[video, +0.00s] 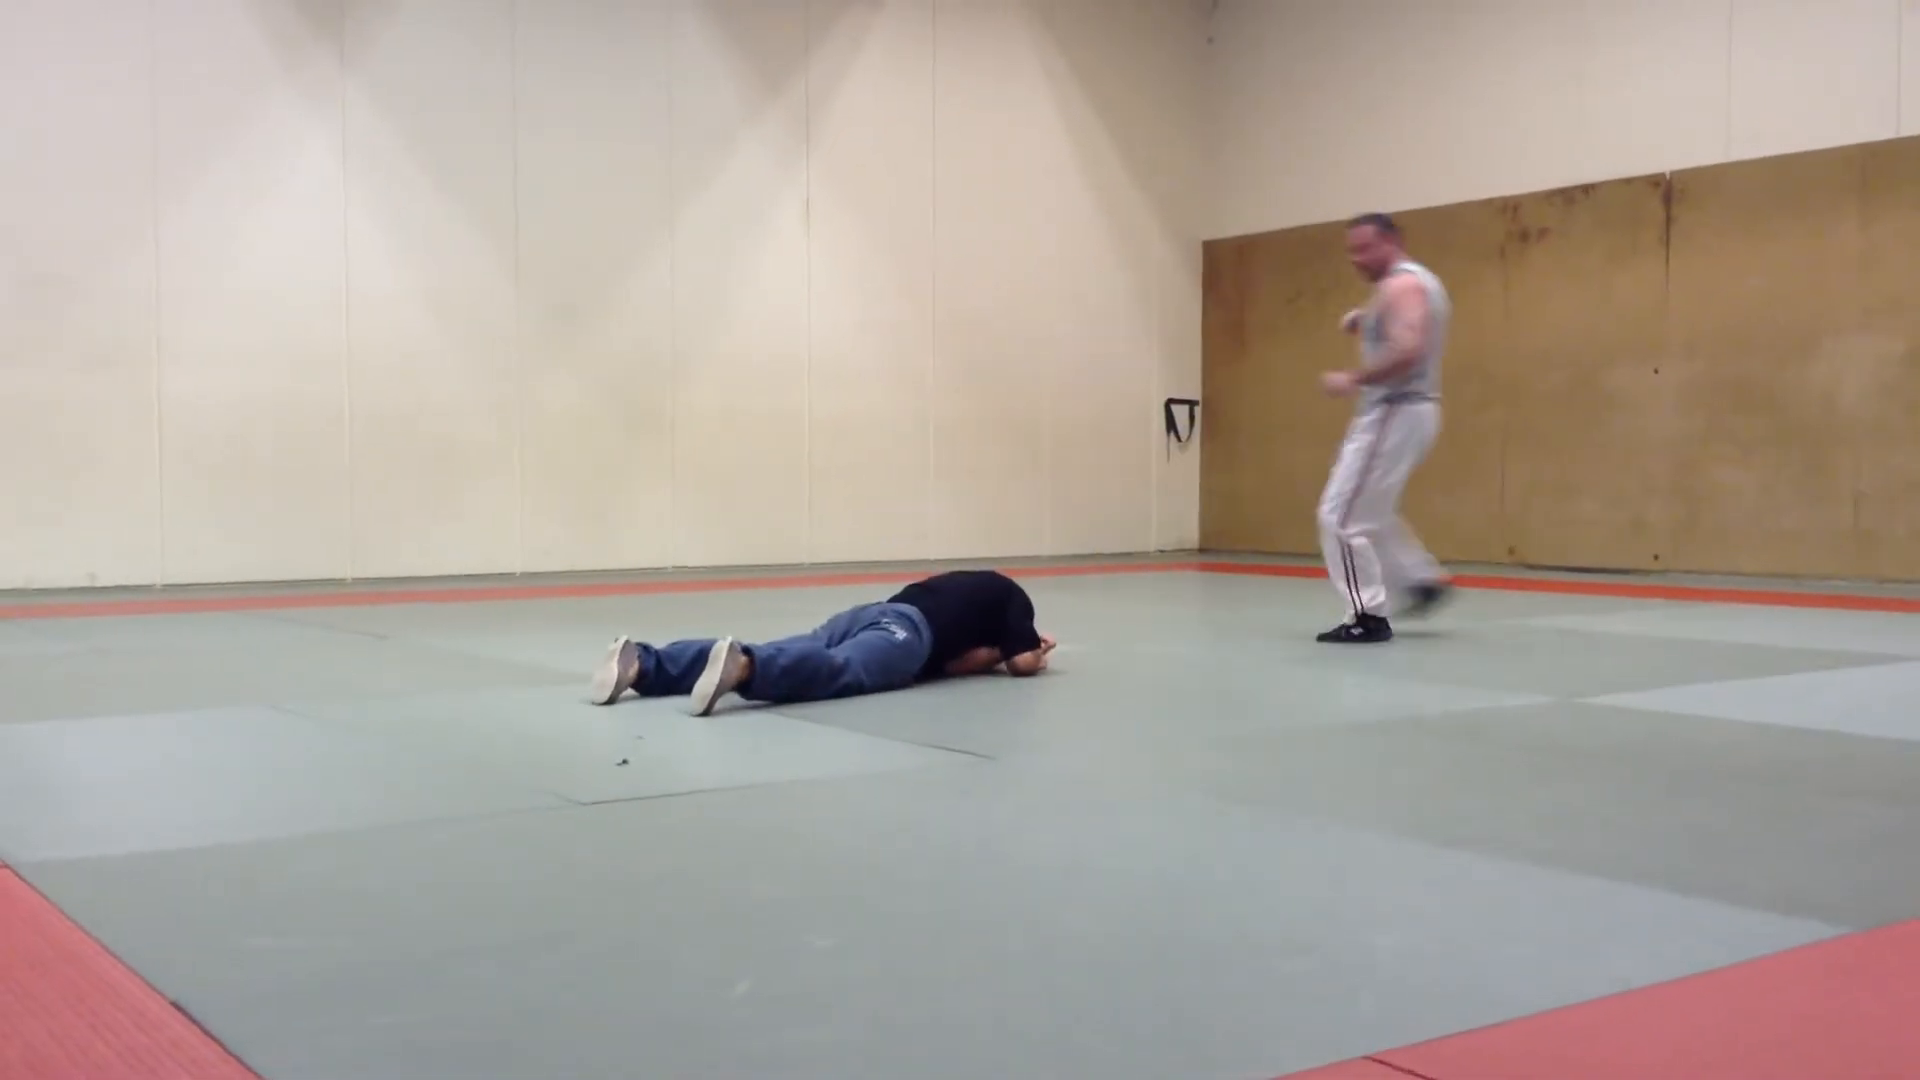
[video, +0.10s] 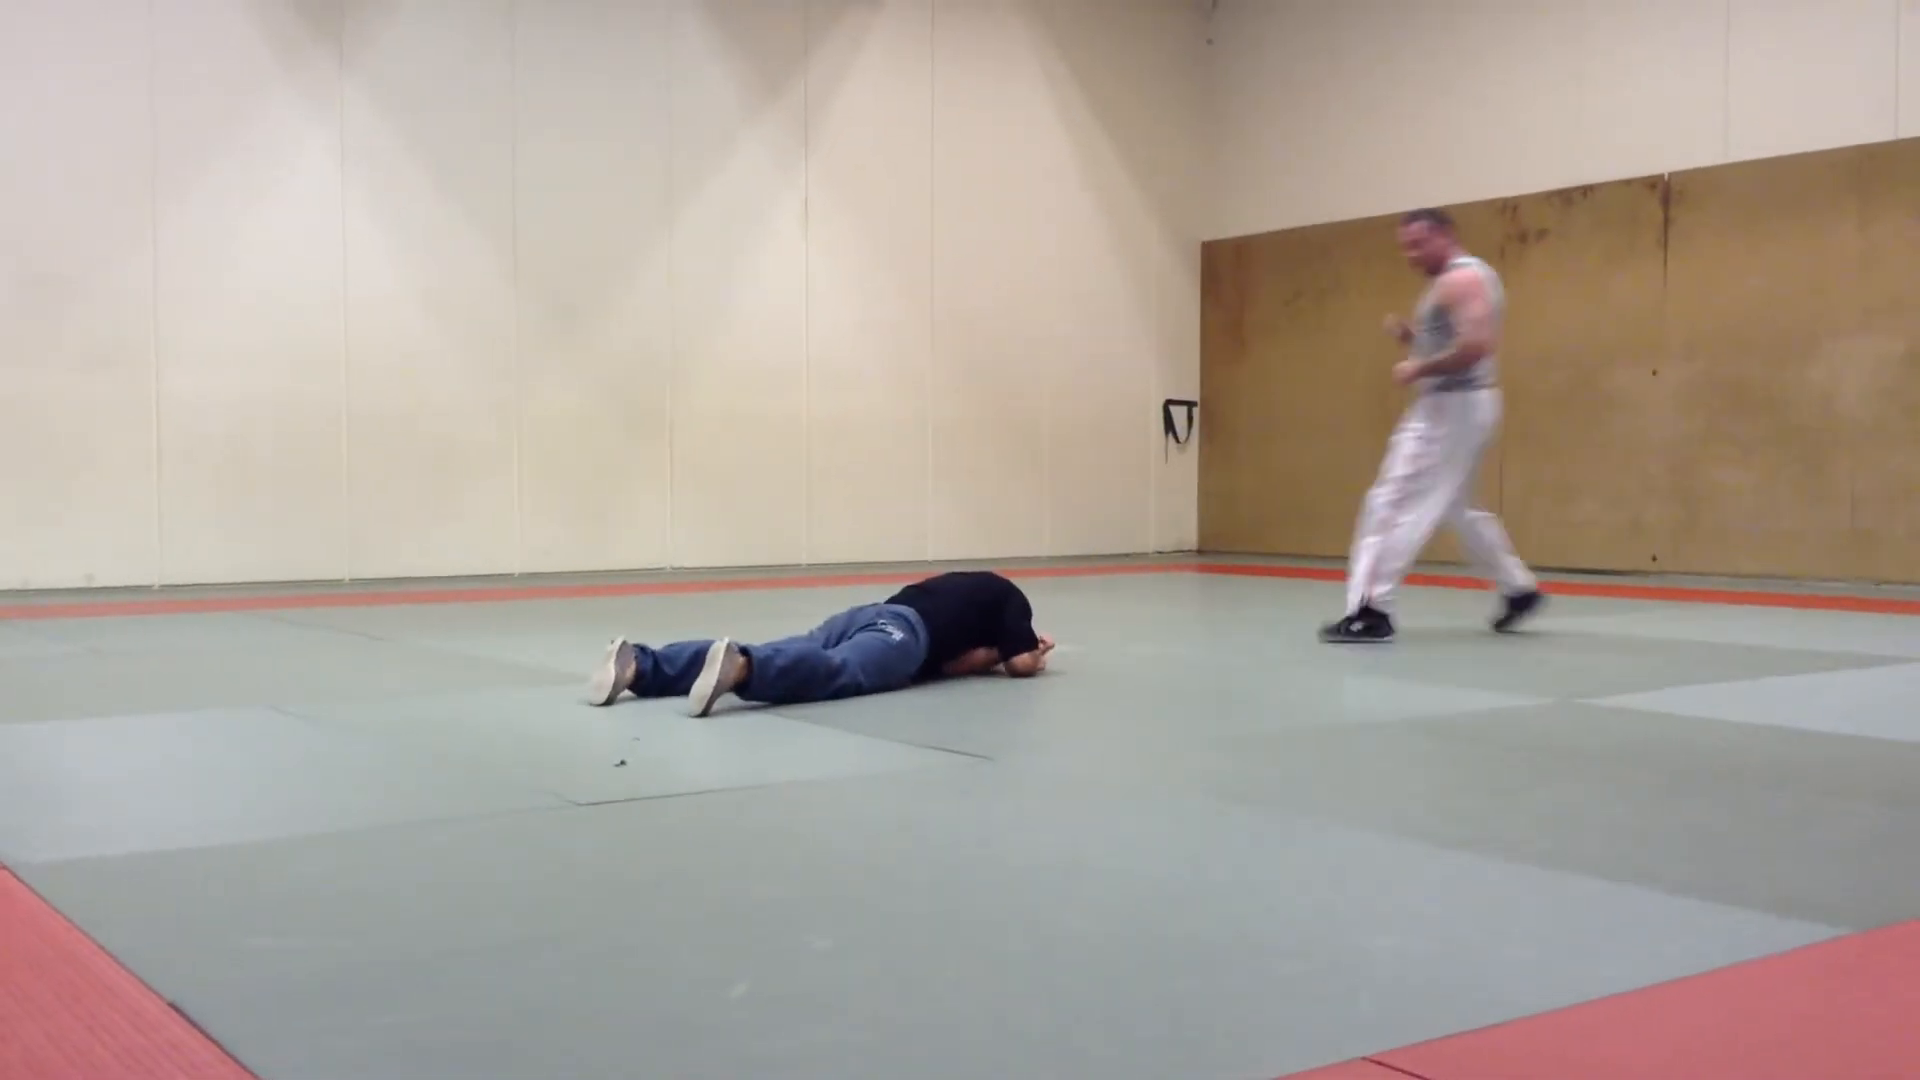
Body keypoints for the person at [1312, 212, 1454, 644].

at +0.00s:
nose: (1358, 260)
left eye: (1364, 248)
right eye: (1354, 251)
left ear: (1390, 243)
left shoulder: (1403, 286)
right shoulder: (1414, 280)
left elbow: (1408, 348)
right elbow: (1396, 317)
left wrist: (1357, 378)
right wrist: (1366, 318)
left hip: (1396, 413)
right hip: (1413, 411)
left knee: (1340, 514)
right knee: (1372, 509)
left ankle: (1368, 616)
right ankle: (1421, 581)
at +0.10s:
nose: (1412, 255)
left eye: (1418, 244)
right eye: (1407, 247)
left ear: (1443, 236)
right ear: (1412, 245)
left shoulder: (1463, 279)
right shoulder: (1459, 277)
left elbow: (1475, 346)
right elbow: (1454, 345)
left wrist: (1421, 368)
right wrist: (1411, 336)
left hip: (1449, 405)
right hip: (1467, 403)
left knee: (1392, 500)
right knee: (1451, 503)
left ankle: (1370, 609)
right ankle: (1519, 587)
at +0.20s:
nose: (1469, 261)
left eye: (1475, 249)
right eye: (1464, 253)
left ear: (1501, 243)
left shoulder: (1517, 283)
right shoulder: (1526, 280)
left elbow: (1508, 341)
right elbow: (1512, 346)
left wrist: (1458, 342)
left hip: (1513, 412)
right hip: (1537, 409)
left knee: (1454, 499)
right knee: (1513, 509)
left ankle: (1478, 603)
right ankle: (1541, 608)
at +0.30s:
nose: (1520, 255)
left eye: (1526, 244)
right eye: (1515, 247)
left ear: (1553, 235)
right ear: (1555, 239)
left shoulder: (1567, 274)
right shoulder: (1591, 269)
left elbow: (1540, 329)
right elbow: (1613, 333)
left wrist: (1499, 321)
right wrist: (1593, 370)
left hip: (1569, 399)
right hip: (1584, 395)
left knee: (1546, 506)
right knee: (1545, 505)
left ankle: (1627, 571)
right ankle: (1543, 601)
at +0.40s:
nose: (1575, 257)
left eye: (1580, 246)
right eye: (1571, 248)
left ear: (1603, 237)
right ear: (1609, 240)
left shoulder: (1619, 274)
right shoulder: (1646, 270)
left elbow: (1592, 330)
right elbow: (1678, 318)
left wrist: (1548, 330)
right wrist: (1642, 348)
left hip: (1633, 399)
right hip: (1620, 399)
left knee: (1635, 504)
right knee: (1584, 488)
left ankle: (1702, 589)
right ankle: (1593, 592)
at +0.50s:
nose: (1628, 271)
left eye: (1634, 261)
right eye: (1624, 262)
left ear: (1658, 253)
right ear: (1650, 257)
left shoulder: (1677, 294)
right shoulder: (1679, 287)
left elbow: (1671, 355)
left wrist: (1619, 374)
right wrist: (1646, 333)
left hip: (1688, 415)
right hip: (1676, 413)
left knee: (1678, 516)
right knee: (1647, 503)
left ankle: (1721, 608)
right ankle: (1715, 584)